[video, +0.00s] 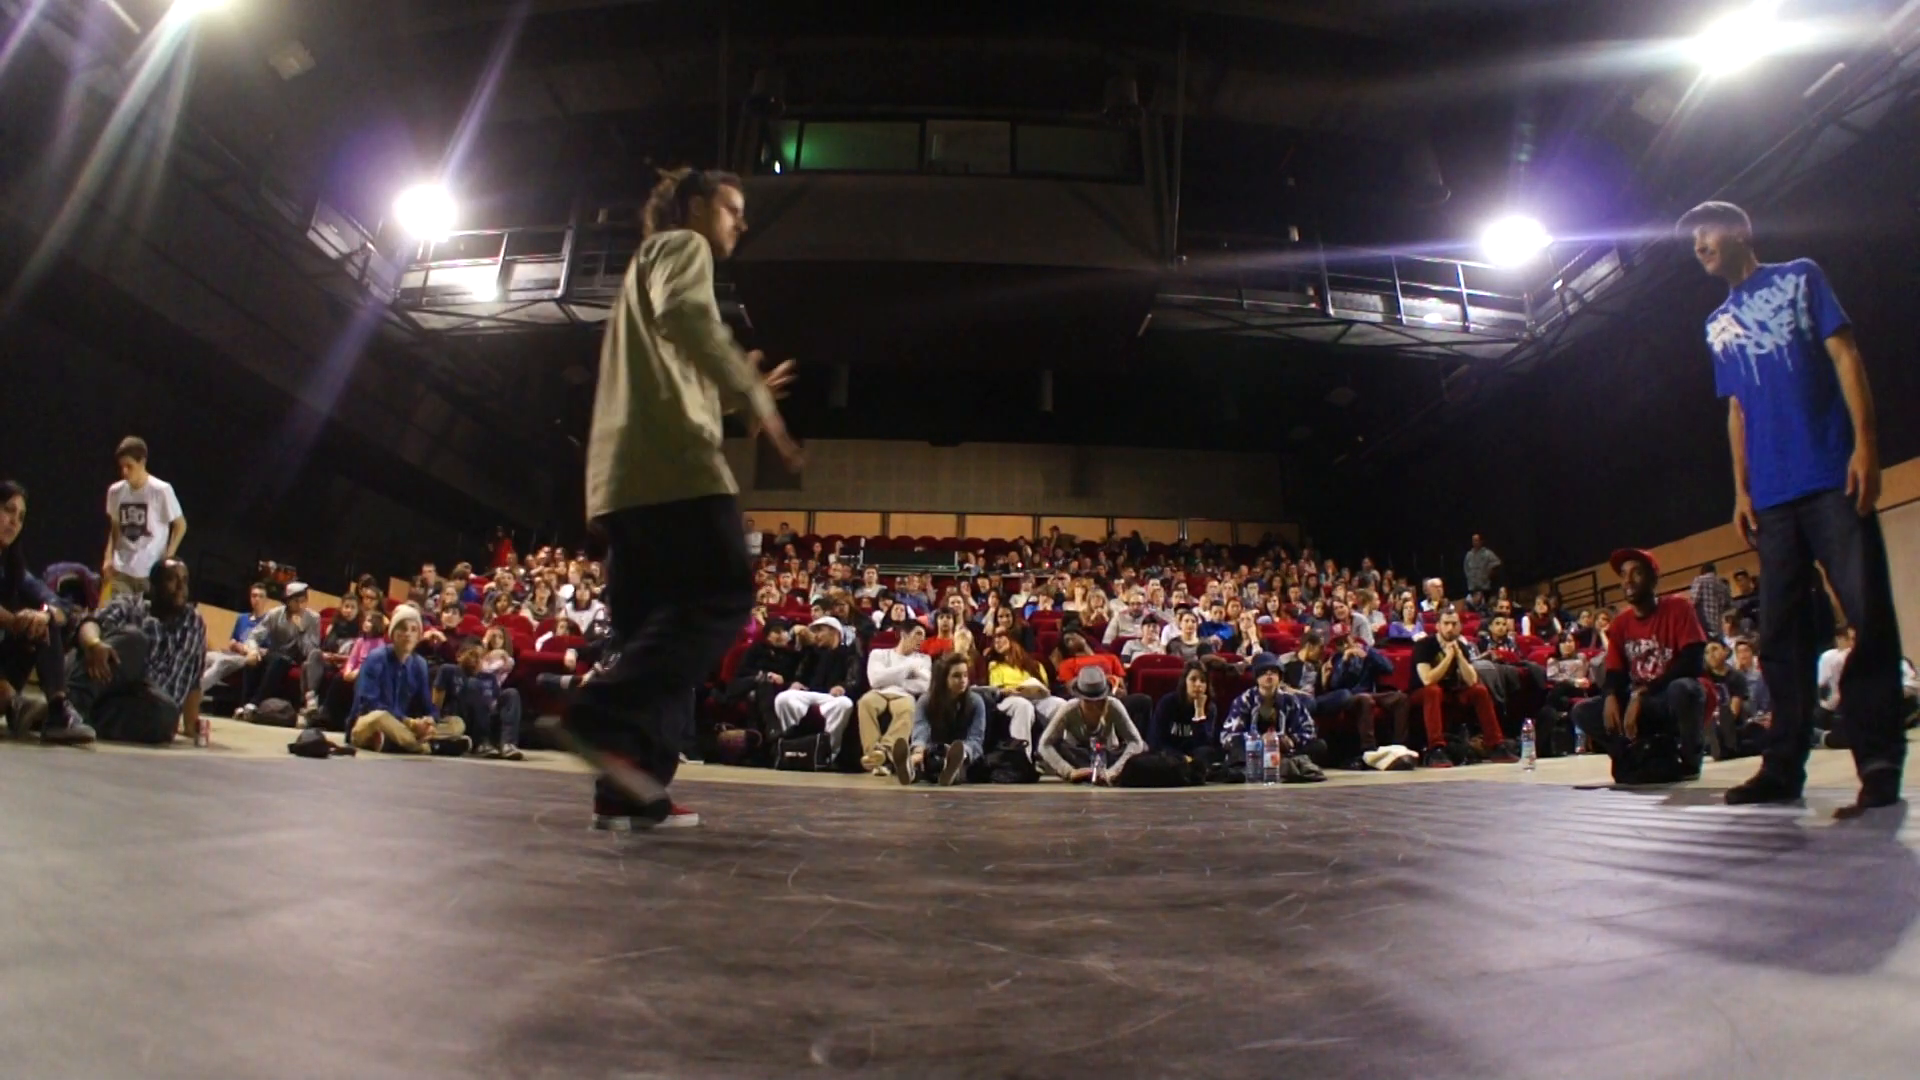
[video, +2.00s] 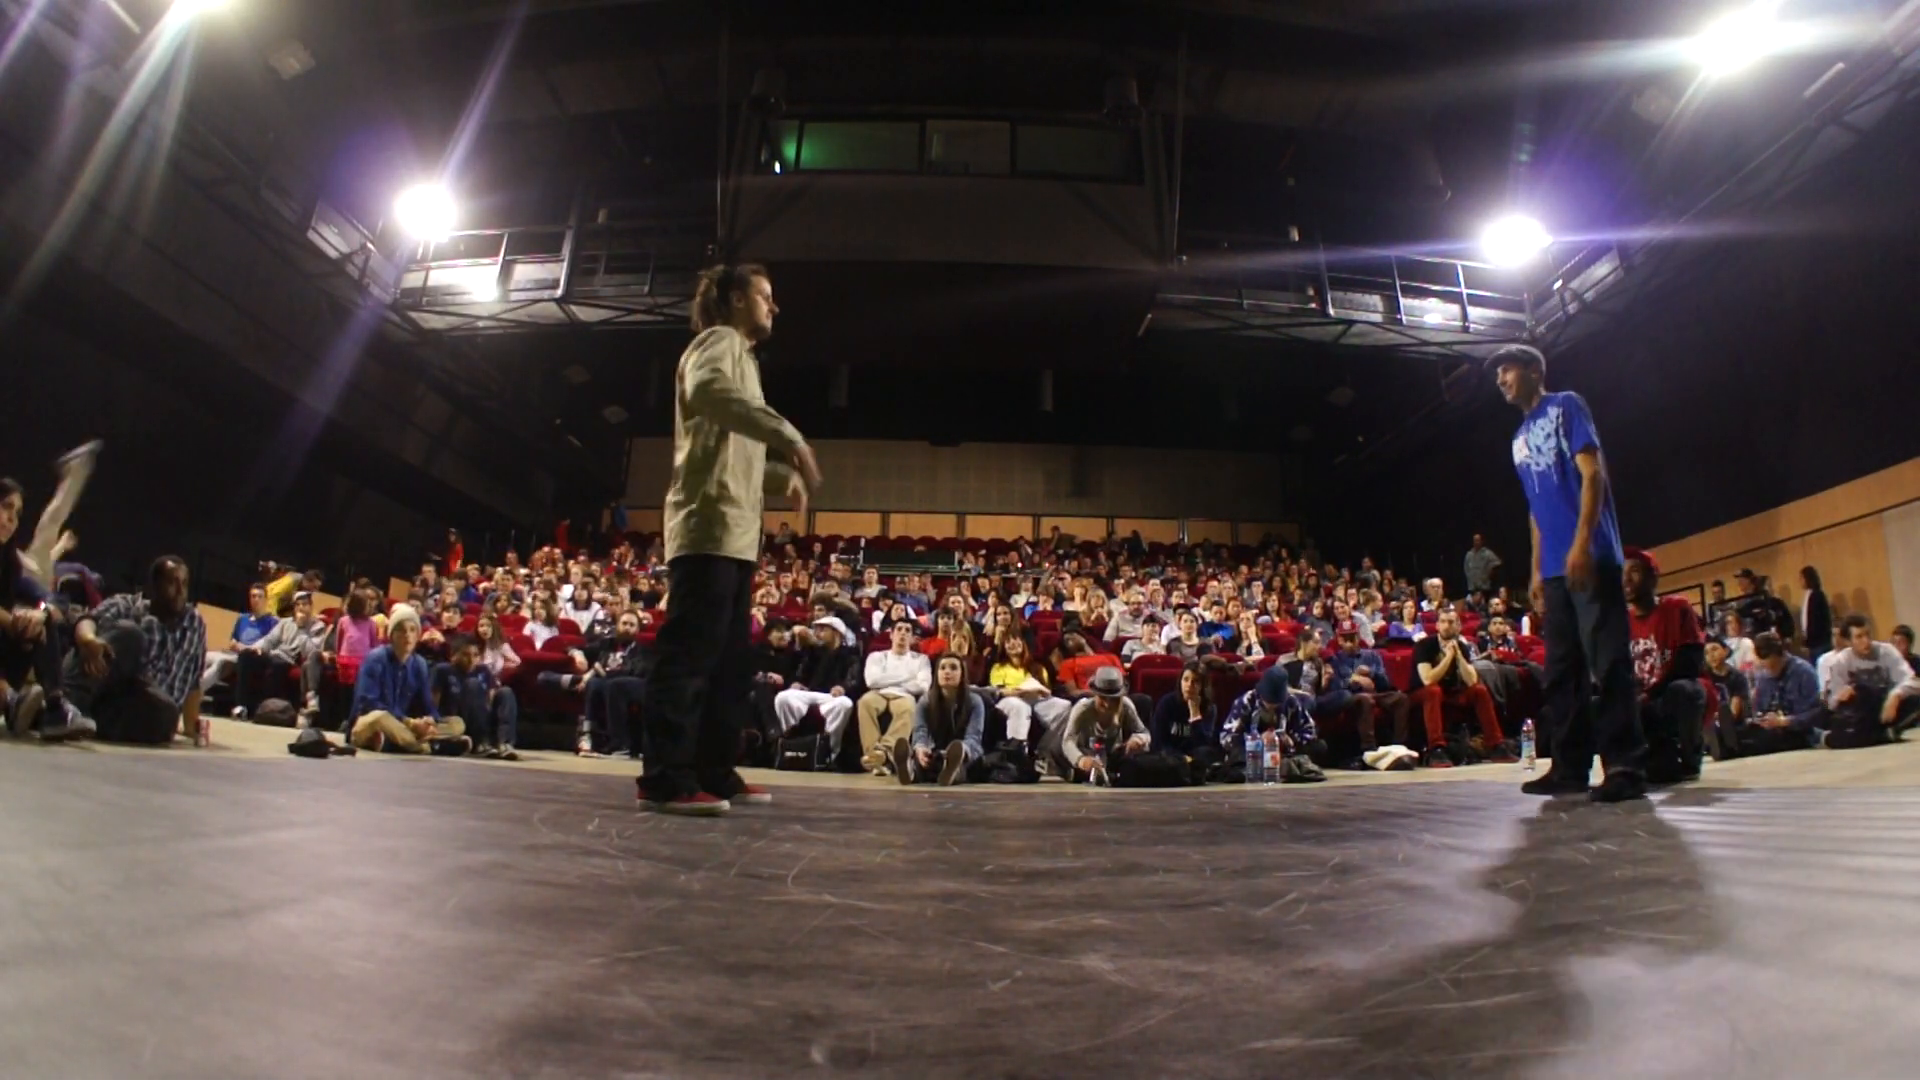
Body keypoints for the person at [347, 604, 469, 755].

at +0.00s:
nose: (408, 634)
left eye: (414, 630)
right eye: (402, 629)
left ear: (419, 635)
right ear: (392, 633)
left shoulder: (420, 664)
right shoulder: (376, 659)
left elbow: (427, 707)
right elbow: (368, 703)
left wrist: (429, 721)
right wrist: (407, 722)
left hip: (411, 725)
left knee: (457, 724)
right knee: (380, 717)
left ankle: (394, 743)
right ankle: (425, 748)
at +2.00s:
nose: (408, 636)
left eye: (412, 630)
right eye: (401, 630)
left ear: (418, 635)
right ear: (391, 635)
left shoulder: (419, 664)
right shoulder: (375, 659)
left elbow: (427, 704)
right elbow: (367, 702)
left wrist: (431, 721)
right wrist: (407, 722)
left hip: (411, 725)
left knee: (457, 724)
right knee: (380, 717)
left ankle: (392, 744)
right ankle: (425, 748)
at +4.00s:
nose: (407, 636)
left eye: (412, 630)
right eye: (401, 631)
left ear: (418, 634)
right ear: (391, 635)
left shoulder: (420, 664)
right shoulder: (375, 659)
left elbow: (426, 703)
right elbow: (367, 703)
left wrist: (430, 720)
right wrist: (406, 722)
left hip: (412, 724)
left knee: (457, 723)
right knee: (380, 717)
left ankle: (395, 744)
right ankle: (426, 748)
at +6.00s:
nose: (408, 636)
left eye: (412, 630)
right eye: (401, 631)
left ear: (418, 635)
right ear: (391, 635)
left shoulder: (419, 664)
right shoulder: (376, 658)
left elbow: (425, 704)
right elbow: (367, 703)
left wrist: (430, 720)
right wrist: (407, 722)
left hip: (412, 725)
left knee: (457, 723)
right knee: (381, 717)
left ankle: (395, 744)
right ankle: (426, 748)